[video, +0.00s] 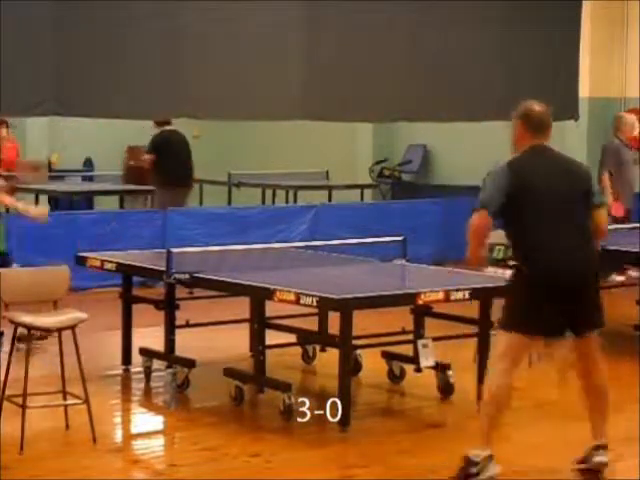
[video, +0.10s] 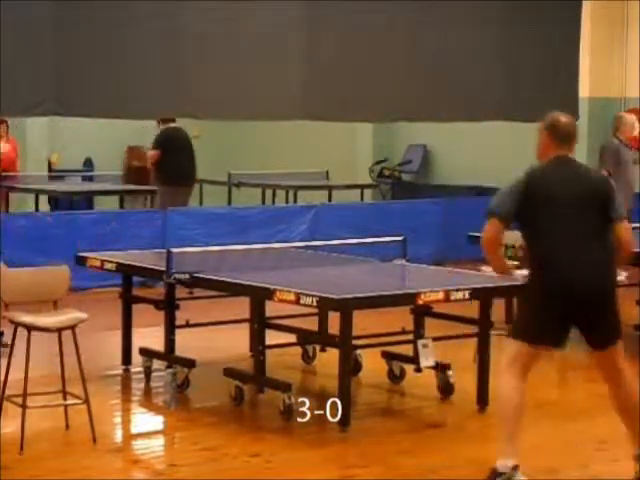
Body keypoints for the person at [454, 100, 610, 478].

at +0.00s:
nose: (512, 135)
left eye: (513, 130)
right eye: (515, 129)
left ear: (519, 130)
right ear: (549, 131)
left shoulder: (509, 171)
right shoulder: (578, 170)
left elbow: (479, 224)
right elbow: (601, 225)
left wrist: (475, 261)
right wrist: (577, 248)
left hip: (534, 278)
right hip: (581, 277)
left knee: (503, 364)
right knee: (591, 359)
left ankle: (483, 452)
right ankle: (600, 446)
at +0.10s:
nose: (538, 145)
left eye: (539, 139)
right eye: (541, 139)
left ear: (545, 141)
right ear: (574, 142)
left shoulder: (530, 181)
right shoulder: (599, 181)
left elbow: (490, 235)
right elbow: (626, 242)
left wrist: (501, 267)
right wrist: (607, 264)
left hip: (546, 290)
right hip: (596, 289)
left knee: (514, 368)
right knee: (617, 372)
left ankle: (507, 462)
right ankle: (637, 449)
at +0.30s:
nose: (579, 165)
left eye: (581, 160)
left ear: (583, 165)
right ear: (615, 168)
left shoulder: (560, 200)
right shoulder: (626, 206)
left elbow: (529, 254)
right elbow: (635, 259)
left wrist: (544, 282)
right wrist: (630, 287)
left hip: (564, 306)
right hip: (616, 306)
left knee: (528, 388)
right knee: (636, 374)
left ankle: (517, 470)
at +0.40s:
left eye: (605, 152)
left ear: (605, 157)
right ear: (636, 163)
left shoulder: (582, 192)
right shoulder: (635, 196)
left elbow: (552, 240)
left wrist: (563, 271)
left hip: (576, 297)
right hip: (628, 297)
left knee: (542, 378)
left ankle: (512, 463)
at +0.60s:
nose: (630, 131)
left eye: (631, 124)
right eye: (630, 125)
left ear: (633, 140)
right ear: (632, 139)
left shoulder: (621, 183)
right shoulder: (622, 182)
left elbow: (595, 233)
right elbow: (596, 233)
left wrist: (606, 260)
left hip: (611, 281)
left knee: (571, 366)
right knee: (570, 368)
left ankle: (541, 443)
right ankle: (540, 443)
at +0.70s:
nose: (633, 128)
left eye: (632, 123)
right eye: (633, 123)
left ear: (631, 135)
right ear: (633, 134)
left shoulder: (631, 178)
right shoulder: (630, 177)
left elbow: (607, 225)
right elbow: (608, 225)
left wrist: (621, 247)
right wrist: (620, 244)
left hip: (621, 275)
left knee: (595, 359)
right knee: (594, 361)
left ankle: (565, 442)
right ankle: (564, 441)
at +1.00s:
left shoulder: (637, 172)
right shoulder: (635, 173)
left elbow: (619, 217)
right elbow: (620, 216)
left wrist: (631, 244)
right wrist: (631, 244)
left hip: (634, 267)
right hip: (633, 268)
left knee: (630, 356)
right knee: (629, 357)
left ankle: (616, 446)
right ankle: (615, 445)